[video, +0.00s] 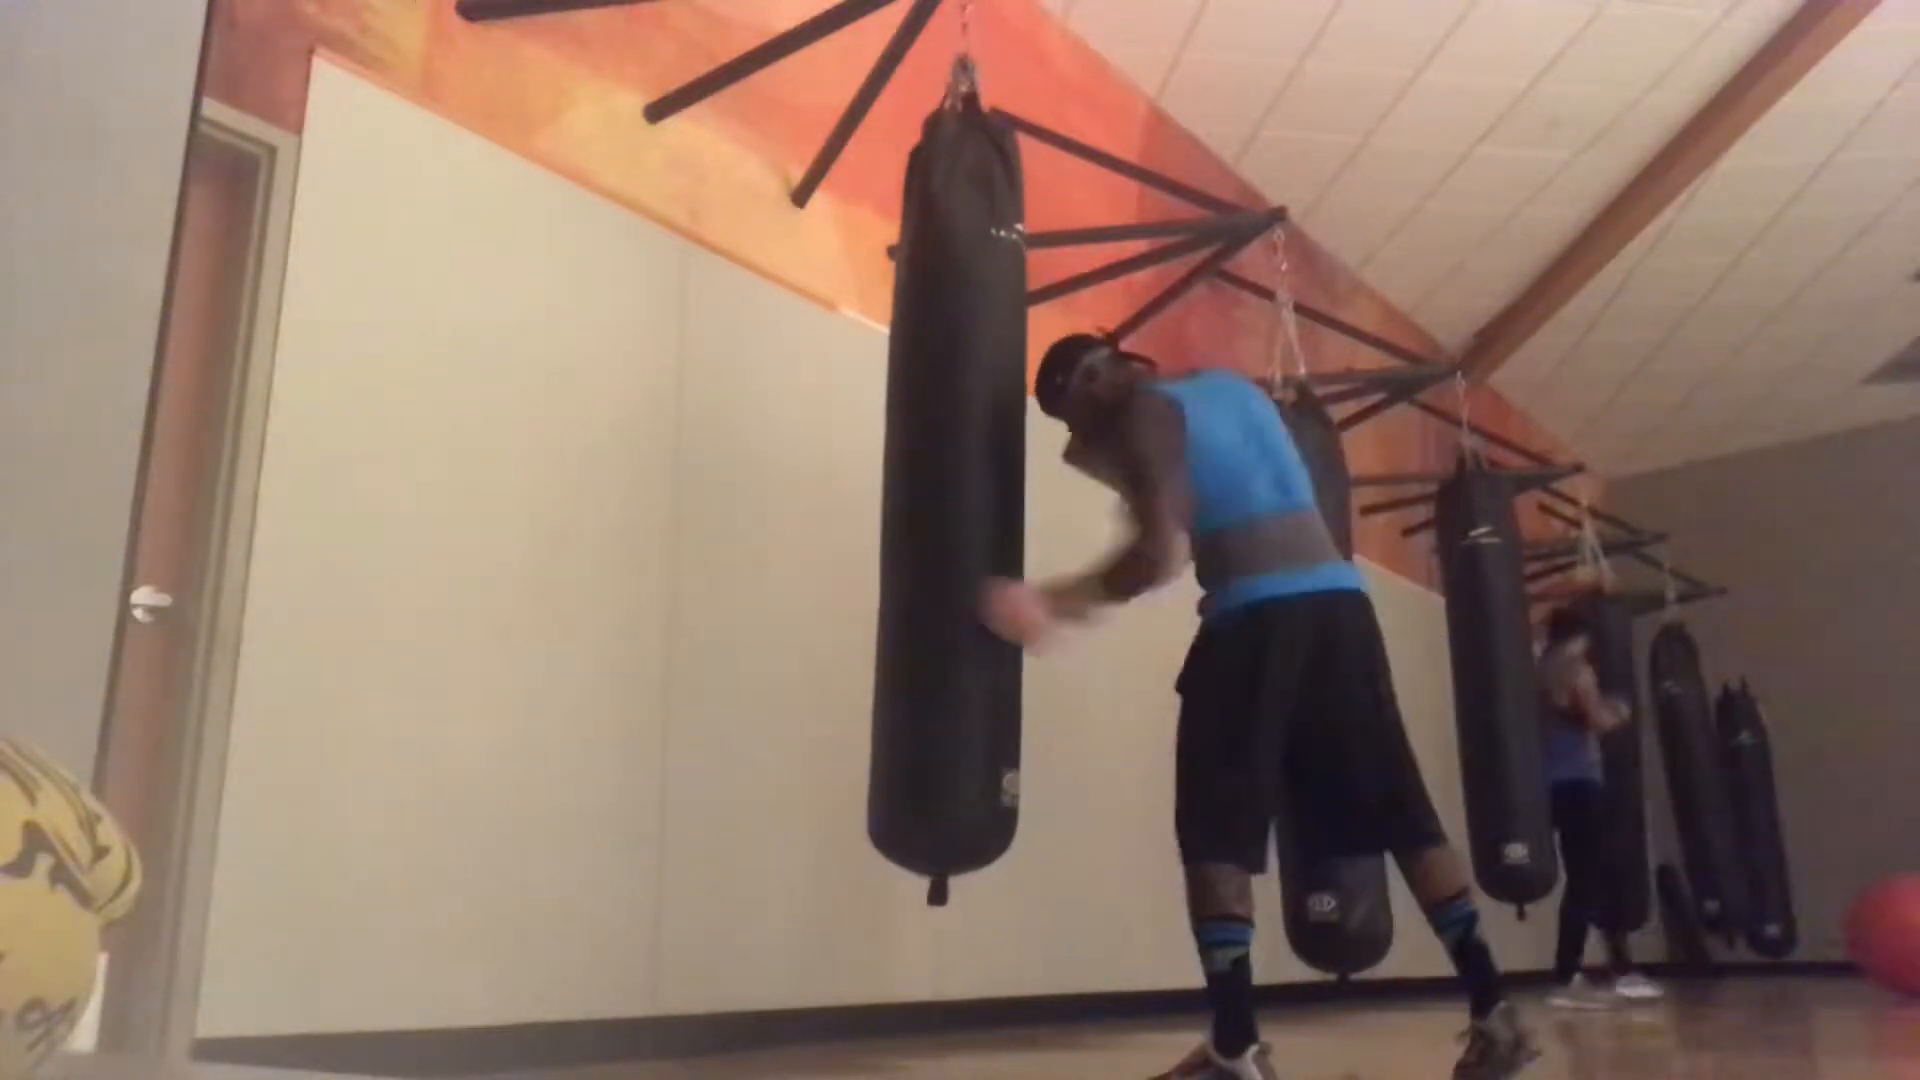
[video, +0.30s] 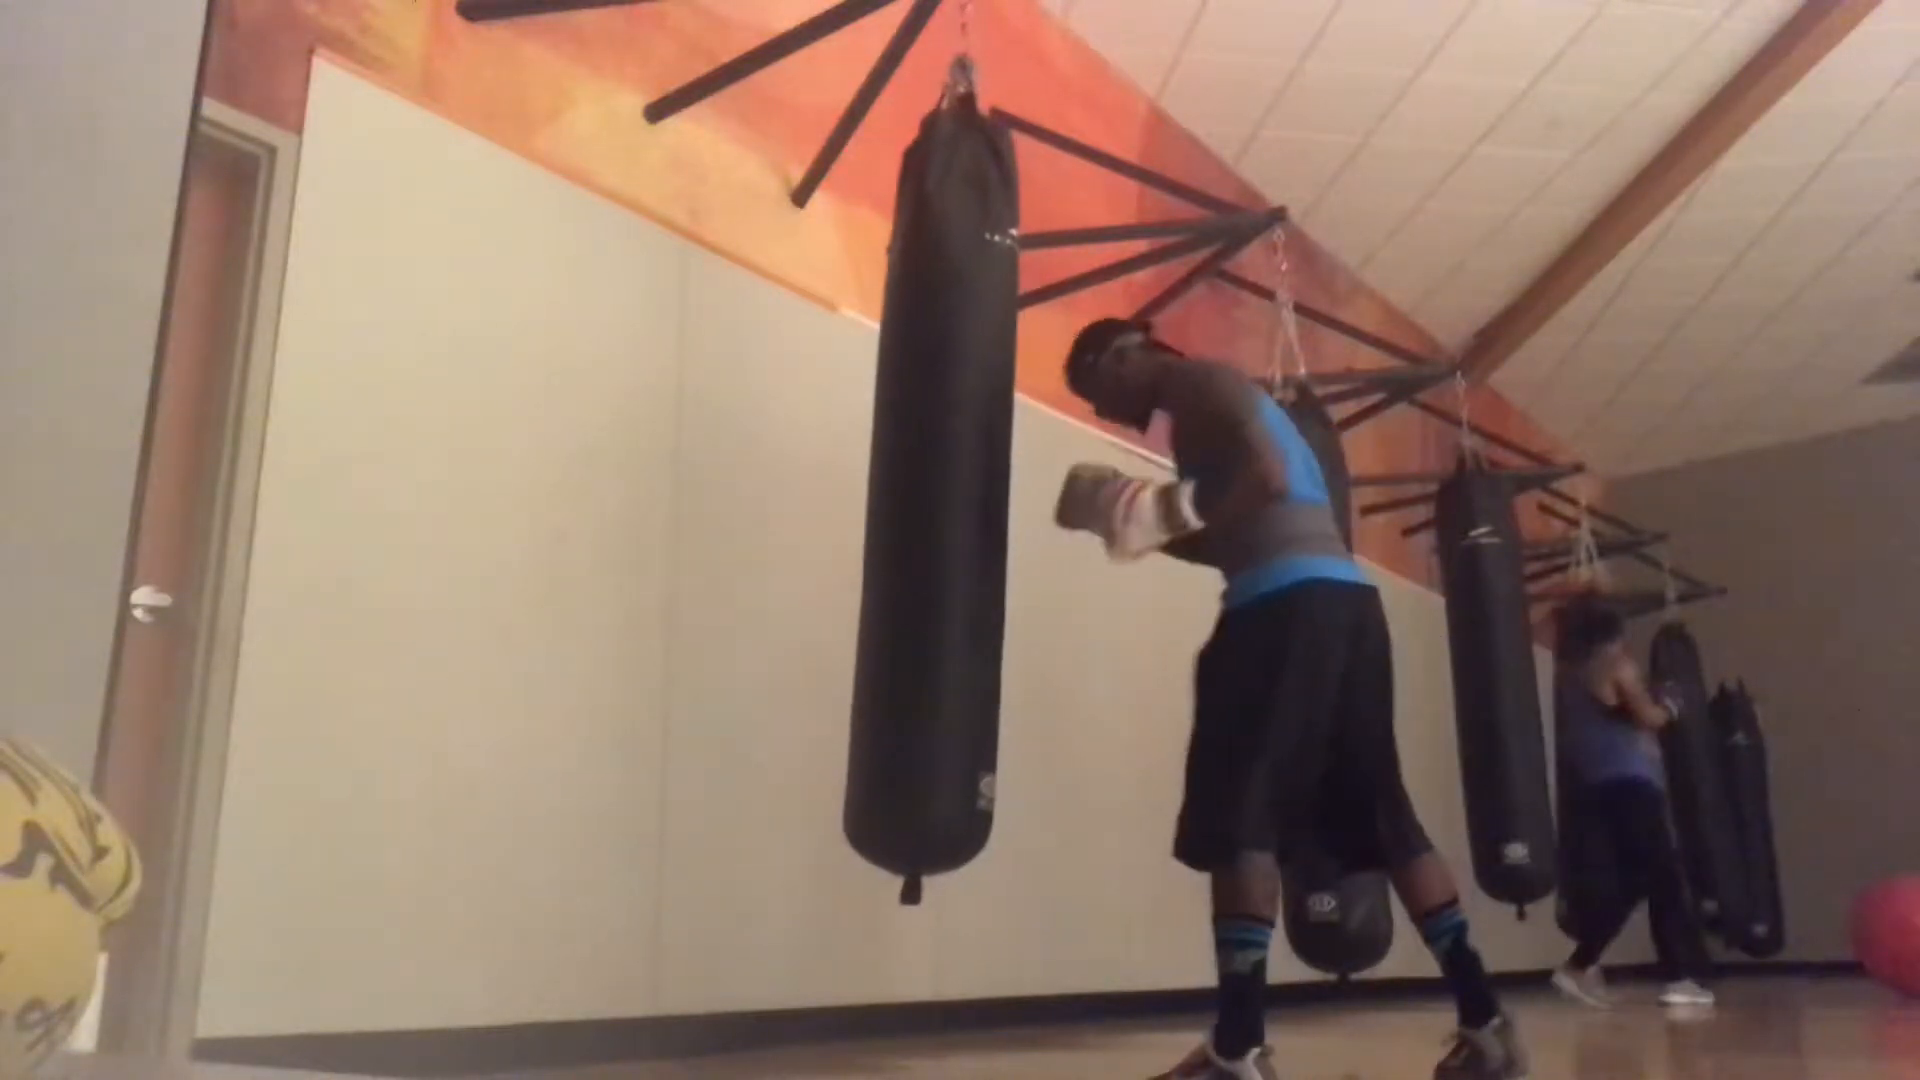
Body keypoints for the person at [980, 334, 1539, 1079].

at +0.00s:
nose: (1078, 437)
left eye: (1071, 415)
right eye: (1070, 424)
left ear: (1097, 373)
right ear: (1124, 359)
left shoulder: (1145, 410)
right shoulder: (1238, 392)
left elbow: (1159, 556)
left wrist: (1065, 596)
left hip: (1253, 630)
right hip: (1343, 616)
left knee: (1215, 834)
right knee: (1406, 814)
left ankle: (1234, 1044)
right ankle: (1494, 1008)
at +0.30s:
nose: (1114, 409)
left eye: (1106, 389)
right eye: (1103, 401)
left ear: (1133, 347)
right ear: (1147, 346)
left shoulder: (1200, 384)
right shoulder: (1247, 402)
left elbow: (1267, 475)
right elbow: (1249, 542)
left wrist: (1173, 518)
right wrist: (1159, 536)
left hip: (1282, 617)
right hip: (1351, 612)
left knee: (1238, 825)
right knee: (1384, 814)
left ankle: (1237, 1045)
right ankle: (1486, 1023)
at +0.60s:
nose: (1158, 412)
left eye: (1152, 393)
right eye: (1149, 402)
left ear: (1178, 354)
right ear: (1201, 346)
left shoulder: (1234, 381)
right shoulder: (1291, 406)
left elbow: (1198, 475)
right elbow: (1260, 538)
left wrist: (1136, 480)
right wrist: (1149, 522)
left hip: (1293, 624)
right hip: (1382, 620)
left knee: (1218, 817)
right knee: (1421, 831)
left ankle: (1235, 1034)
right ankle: (1494, 1032)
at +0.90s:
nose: (1148, 405)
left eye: (1142, 384)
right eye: (1136, 393)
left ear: (1171, 342)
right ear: (1180, 338)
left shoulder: (1240, 371)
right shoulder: (1268, 405)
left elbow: (1224, 476)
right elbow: (1224, 544)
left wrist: (1129, 478)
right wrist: (1130, 534)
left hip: (1288, 619)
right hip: (1357, 614)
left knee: (1249, 827)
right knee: (1390, 816)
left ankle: (1246, 1045)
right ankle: (1502, 1020)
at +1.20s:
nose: (1169, 412)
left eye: (1167, 398)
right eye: (1167, 400)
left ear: (1185, 376)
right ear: (1231, 354)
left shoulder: (1202, 396)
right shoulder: (1321, 393)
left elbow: (1134, 465)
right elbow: (1271, 481)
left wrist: (1054, 485)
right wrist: (1183, 478)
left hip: (1276, 631)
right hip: (1374, 624)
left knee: (1254, 841)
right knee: (1433, 828)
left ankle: (1246, 1048)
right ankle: (1508, 1025)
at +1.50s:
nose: (1199, 412)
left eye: (1192, 393)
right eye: (1190, 401)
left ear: (1215, 359)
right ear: (1251, 344)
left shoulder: (1263, 385)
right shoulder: (1343, 409)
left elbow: (1294, 472)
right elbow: (1285, 533)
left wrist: (1220, 493)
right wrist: (1205, 509)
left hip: (1316, 624)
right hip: (1402, 621)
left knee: (1246, 828)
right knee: (1423, 831)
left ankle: (1241, 1035)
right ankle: (1507, 1034)